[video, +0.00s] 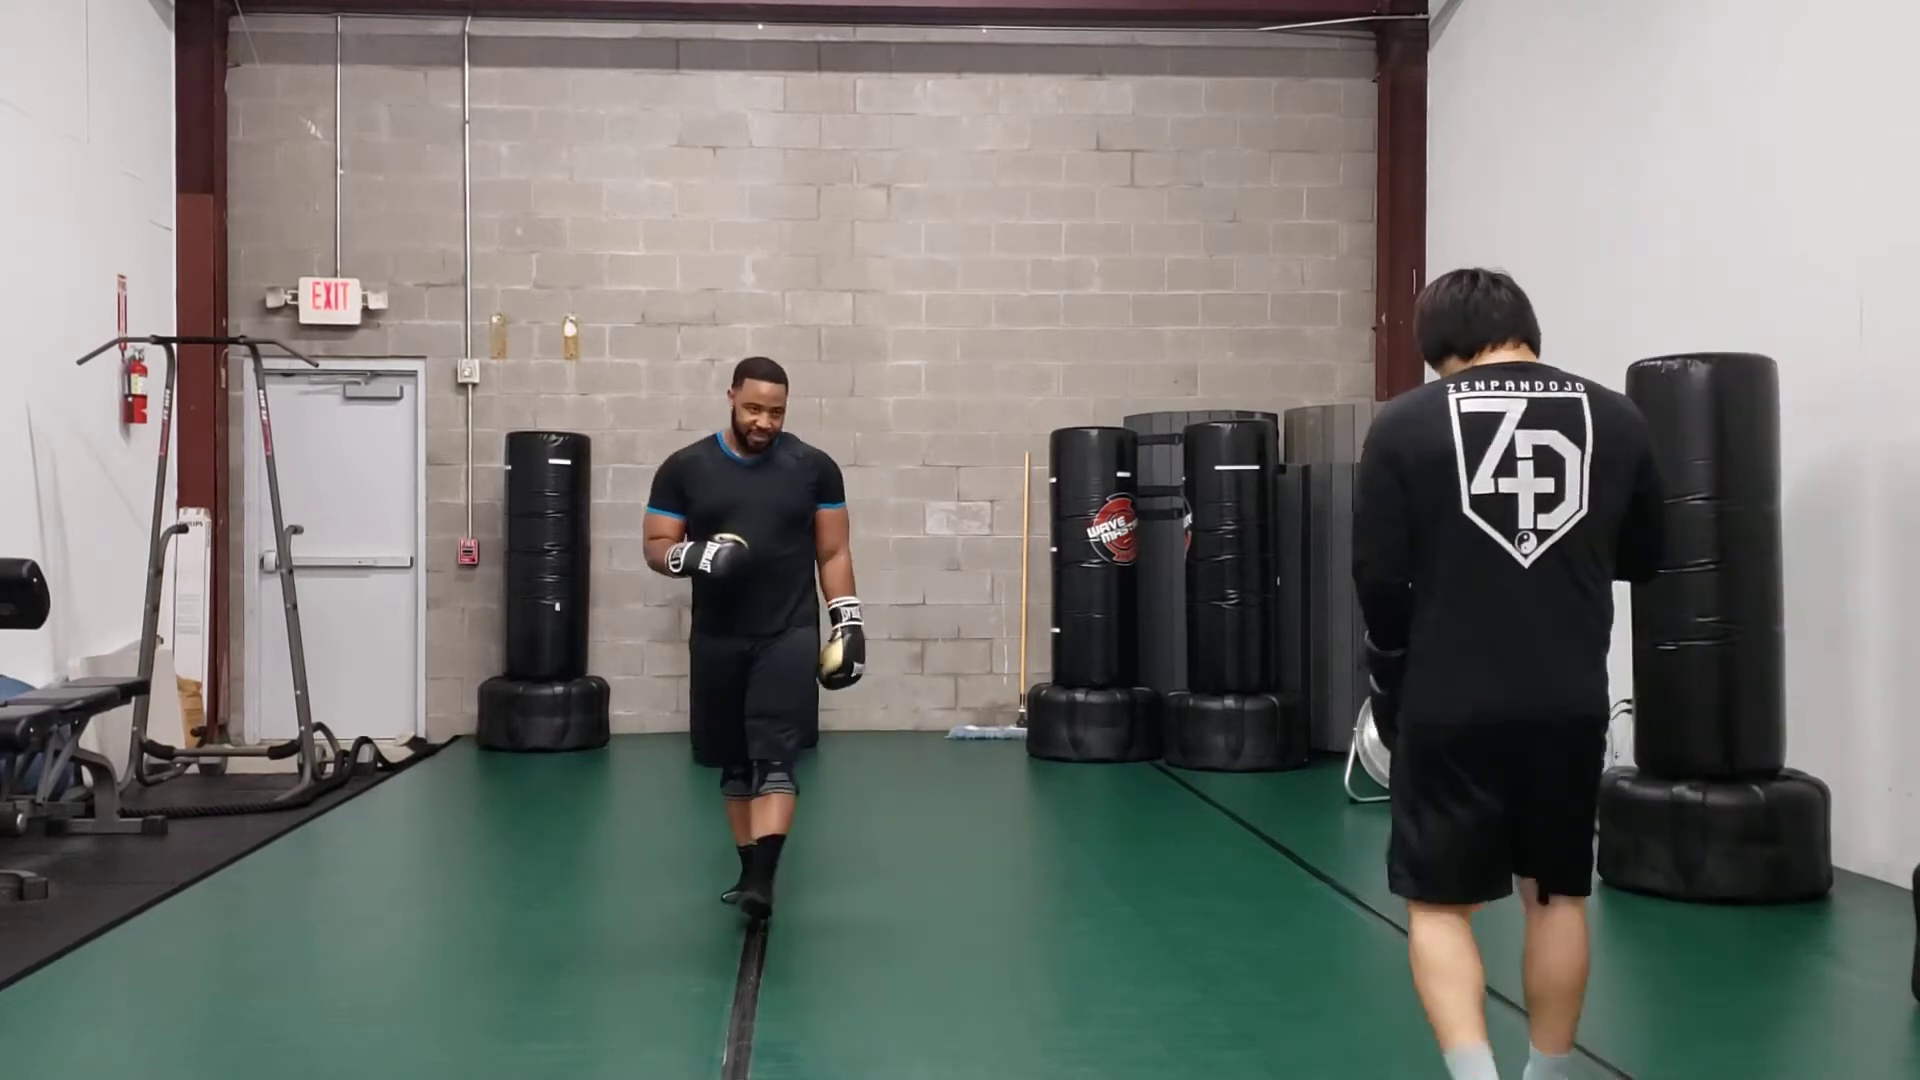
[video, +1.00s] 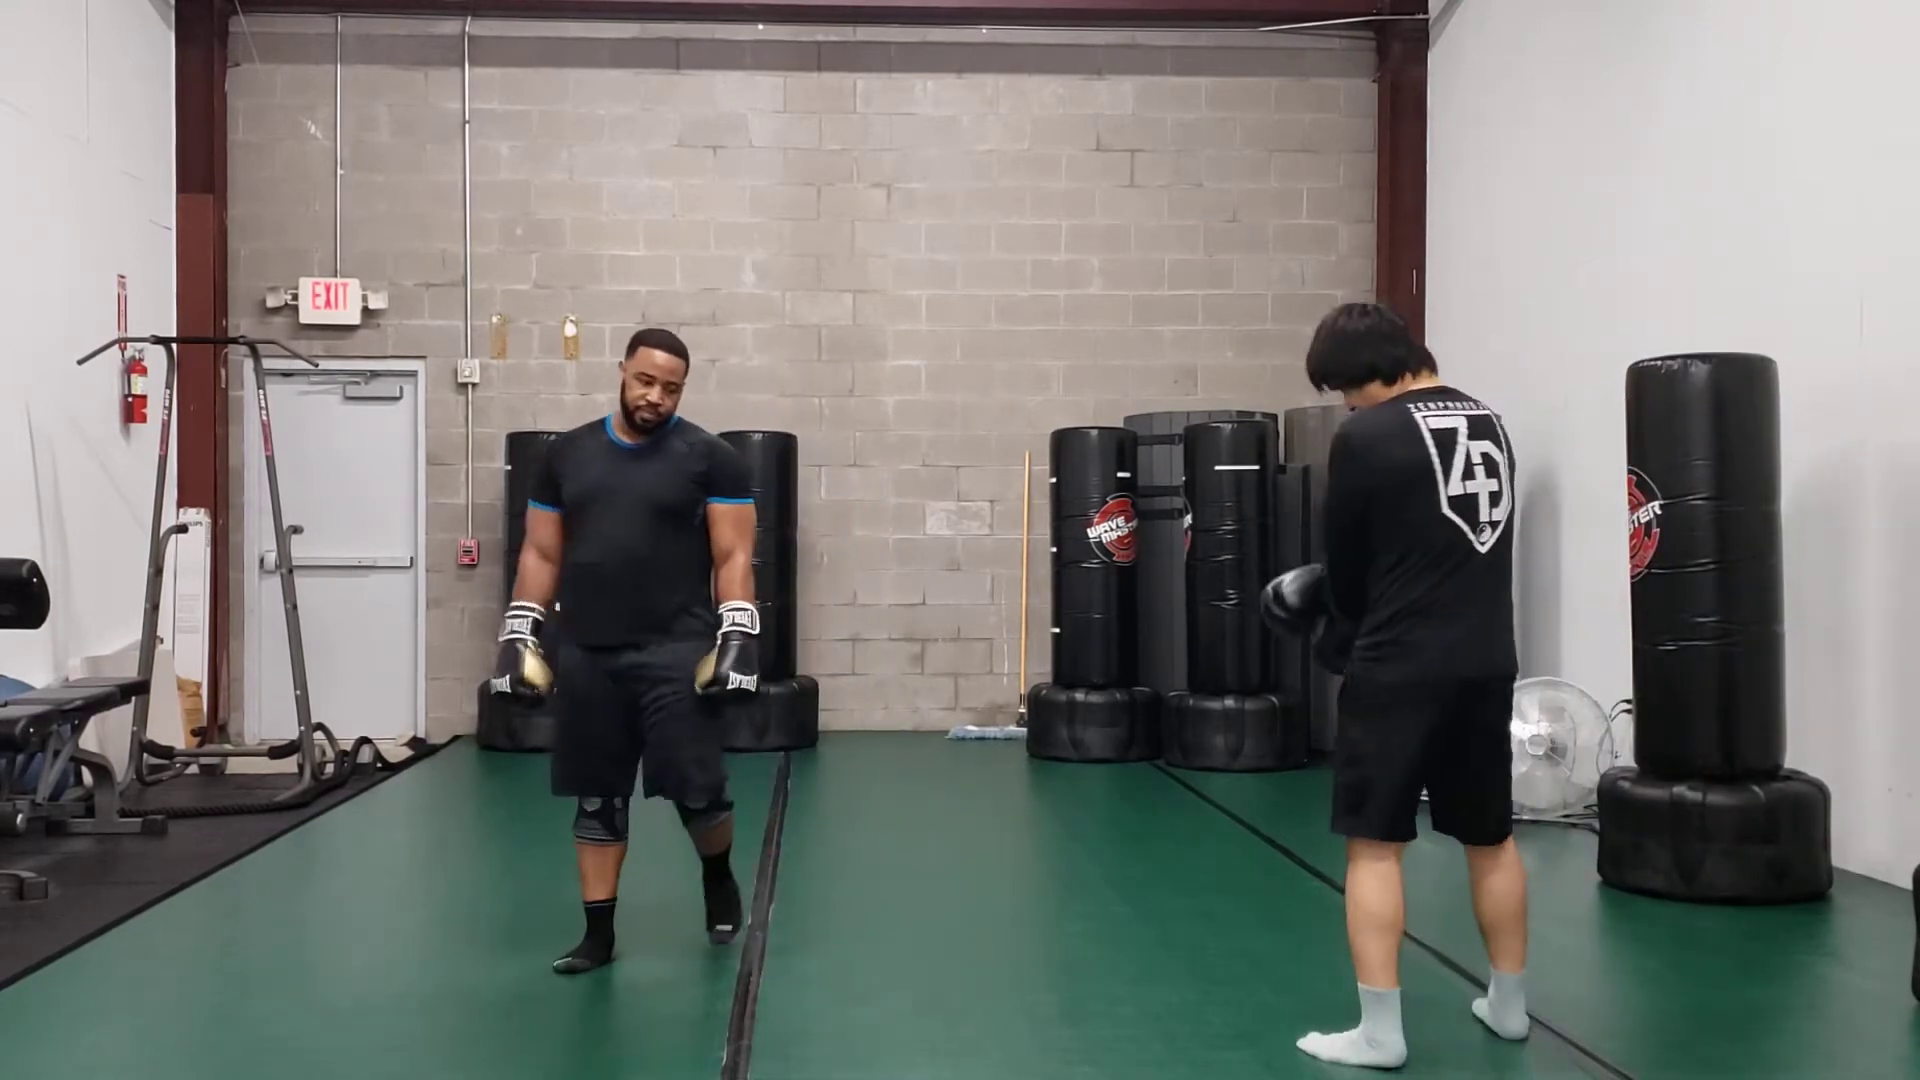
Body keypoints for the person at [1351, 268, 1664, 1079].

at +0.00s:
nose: (1434, 374)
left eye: (1433, 361)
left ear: (1440, 356)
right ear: (1532, 341)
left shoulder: (1405, 425)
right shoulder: (1611, 414)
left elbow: (1380, 576)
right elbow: (1645, 556)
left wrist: (1396, 672)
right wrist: (1568, 534)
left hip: (1451, 701)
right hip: (1567, 699)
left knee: (1439, 905)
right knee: (1557, 892)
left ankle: (1475, 1071)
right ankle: (1547, 1071)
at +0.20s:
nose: (1418, 378)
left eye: (1419, 364)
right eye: (1418, 365)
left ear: (1435, 354)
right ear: (1512, 339)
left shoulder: (1414, 417)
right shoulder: (1593, 410)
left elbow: (1394, 566)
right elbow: (1595, 541)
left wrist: (1414, 631)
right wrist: (1529, 598)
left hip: (1446, 679)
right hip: (1562, 682)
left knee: (1393, 839)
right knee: (1550, 877)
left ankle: (1434, 1045)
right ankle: (1545, 1067)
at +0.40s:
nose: (1379, 399)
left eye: (1379, 384)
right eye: (1374, 385)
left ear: (1404, 367)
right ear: (1464, 350)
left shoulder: (1387, 431)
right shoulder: (1546, 421)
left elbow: (1370, 571)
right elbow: (1541, 552)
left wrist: (1390, 648)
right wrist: (1485, 624)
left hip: (1423, 686)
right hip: (1532, 683)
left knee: (1396, 863)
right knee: (1531, 872)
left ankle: (1378, 1034)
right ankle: (1539, 1064)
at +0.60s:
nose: (1335, 407)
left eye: (1329, 393)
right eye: (1329, 394)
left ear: (1347, 379)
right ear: (1406, 352)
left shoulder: (1341, 446)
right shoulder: (1496, 419)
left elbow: (1326, 585)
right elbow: (1532, 545)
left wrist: (1313, 661)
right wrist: (1452, 562)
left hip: (1387, 681)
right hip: (1487, 675)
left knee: (1375, 850)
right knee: (1507, 829)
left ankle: (1378, 1036)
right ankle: (1535, 997)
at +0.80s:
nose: (1320, 408)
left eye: (1316, 395)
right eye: (1315, 397)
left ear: (1334, 381)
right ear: (1395, 353)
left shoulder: (1330, 438)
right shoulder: (1478, 418)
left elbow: (1321, 571)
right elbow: (1486, 544)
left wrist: (1339, 645)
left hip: (1384, 674)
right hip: (1479, 666)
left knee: (1372, 846)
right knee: (1496, 829)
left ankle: (1378, 1035)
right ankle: (1525, 1004)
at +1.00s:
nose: (1344, 408)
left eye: (1342, 393)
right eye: (1338, 394)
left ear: (1365, 377)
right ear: (1408, 360)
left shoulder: (1365, 439)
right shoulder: (1483, 421)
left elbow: (1347, 577)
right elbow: (1448, 543)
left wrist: (1343, 642)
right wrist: (1329, 580)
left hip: (1397, 668)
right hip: (1484, 663)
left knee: (1375, 841)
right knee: (1491, 833)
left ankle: (1380, 1030)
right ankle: (1509, 1004)